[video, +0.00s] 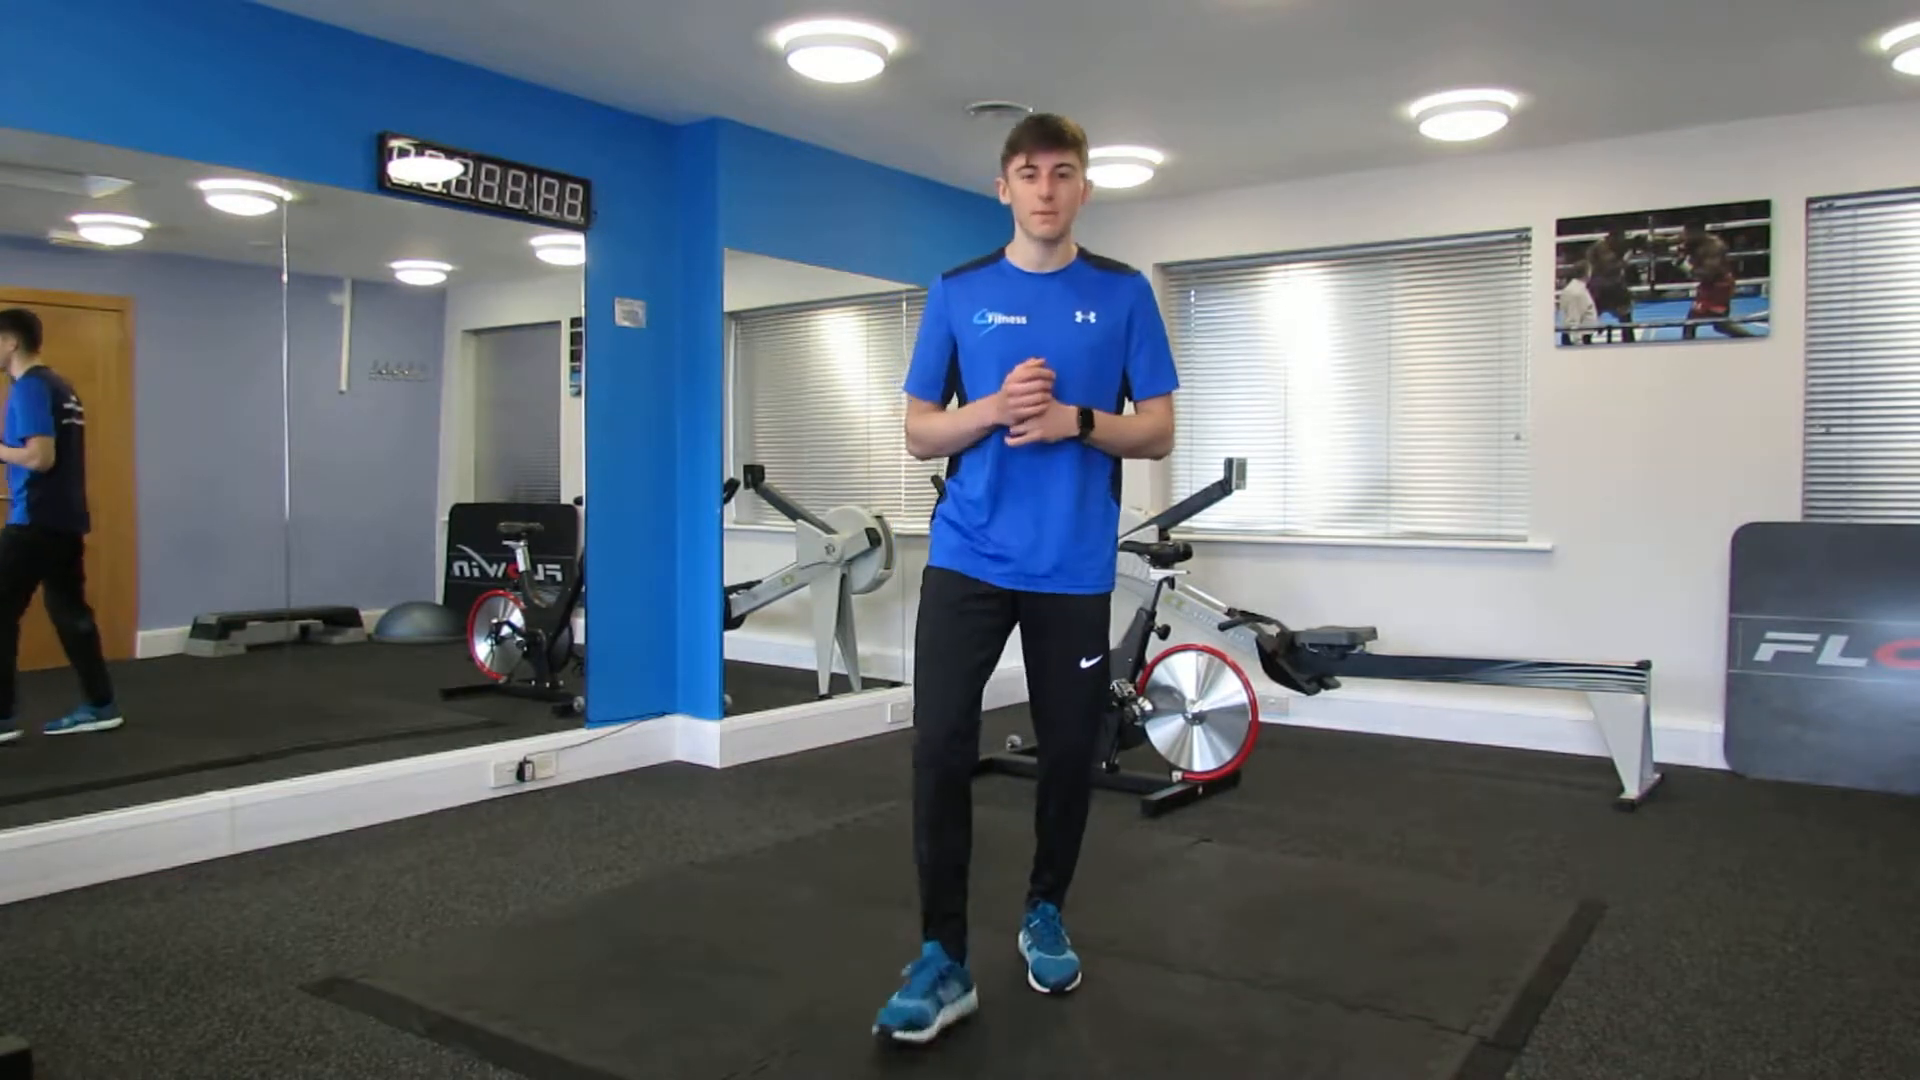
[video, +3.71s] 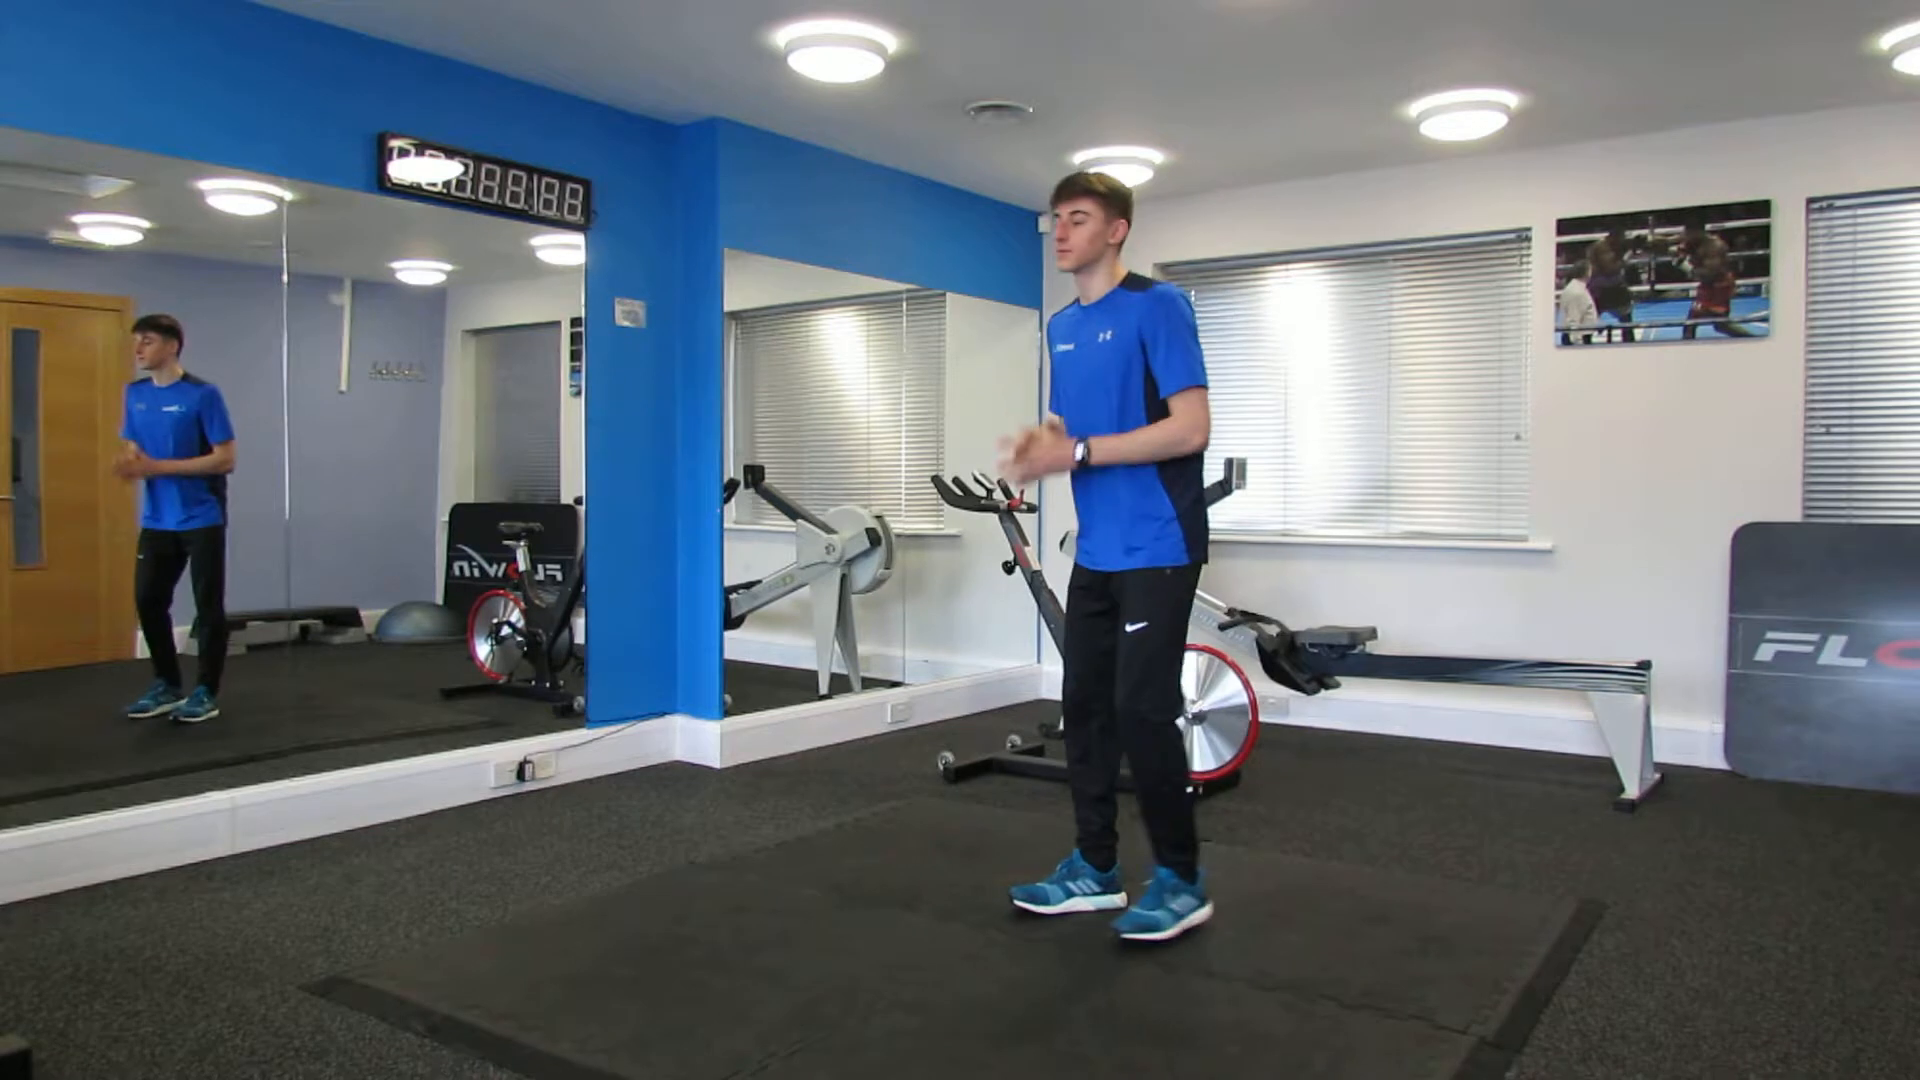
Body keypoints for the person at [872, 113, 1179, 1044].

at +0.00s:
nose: (1047, 187)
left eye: (1063, 173)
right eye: (1031, 173)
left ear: (1086, 189)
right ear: (1004, 188)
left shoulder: (1125, 295)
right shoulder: (955, 293)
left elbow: (1157, 431)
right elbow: (920, 434)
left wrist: (1079, 422)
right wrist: (995, 408)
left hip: (1073, 568)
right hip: (967, 560)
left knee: (1071, 753)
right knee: (939, 748)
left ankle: (1045, 912)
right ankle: (943, 954)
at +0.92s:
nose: (973, 134)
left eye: (992, 114)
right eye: (955, 121)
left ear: (1032, 126)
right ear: (937, 141)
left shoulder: (1099, 243)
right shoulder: (914, 271)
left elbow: (1147, 413)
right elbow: (881, 441)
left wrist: (1006, 407)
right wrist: (904, 402)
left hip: (1041, 571)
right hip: (928, 570)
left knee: (1044, 799)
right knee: (915, 792)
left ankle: (1160, 991)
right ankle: (936, 1004)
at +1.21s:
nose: (1006, 136)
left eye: (1024, 108)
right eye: (994, 122)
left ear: (1085, 110)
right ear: (992, 142)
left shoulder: (1162, 233)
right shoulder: (1017, 266)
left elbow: (1224, 410)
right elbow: (1024, 432)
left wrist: (1055, 428)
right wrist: (958, 391)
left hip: (1122, 593)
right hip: (1019, 586)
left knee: (1141, 827)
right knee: (969, 800)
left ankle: (1210, 1044)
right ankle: (960, 1007)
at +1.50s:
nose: (1037, 139)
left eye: (1052, 113)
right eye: (1033, 120)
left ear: (1119, 110)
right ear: (1089, 123)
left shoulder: (1205, 228)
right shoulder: (1093, 247)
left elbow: (1255, 408)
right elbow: (1133, 400)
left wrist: (1088, 429)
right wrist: (1053, 389)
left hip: (1194, 583)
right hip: (1110, 574)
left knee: (1192, 815)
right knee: (1090, 792)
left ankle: (1219, 1039)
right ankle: (1044, 990)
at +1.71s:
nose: (1078, 147)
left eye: (1093, 122)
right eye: (1072, 129)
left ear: (1159, 116)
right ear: (1101, 134)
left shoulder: (1235, 231)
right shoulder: (1122, 251)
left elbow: (1250, 419)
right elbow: (1143, 405)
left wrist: (1093, 410)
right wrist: (1083, 373)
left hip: (1219, 580)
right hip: (1138, 570)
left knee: (1211, 812)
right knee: (1125, 759)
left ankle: (1228, 1041)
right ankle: (1186, 948)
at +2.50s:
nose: (1187, 196)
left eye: (1203, 182)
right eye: (1171, 183)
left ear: (1230, 196)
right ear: (1150, 200)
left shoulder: (1283, 280)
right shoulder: (1133, 318)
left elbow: (1342, 412)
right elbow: (1122, 460)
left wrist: (1215, 408)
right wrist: (1154, 414)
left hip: (1262, 560)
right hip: (1171, 566)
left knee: (1268, 751)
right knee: (1194, 757)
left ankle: (1308, 911)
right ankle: (1238, 935)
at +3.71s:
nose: (1060, 233)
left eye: (1076, 219)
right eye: (1056, 223)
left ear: (1118, 230)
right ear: (1056, 238)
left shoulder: (1159, 307)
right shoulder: (1062, 327)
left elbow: (1191, 429)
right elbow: (1071, 421)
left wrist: (1077, 453)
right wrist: (1035, 451)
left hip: (1160, 548)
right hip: (1096, 548)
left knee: (1145, 709)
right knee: (1085, 708)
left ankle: (1179, 880)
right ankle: (1096, 867)